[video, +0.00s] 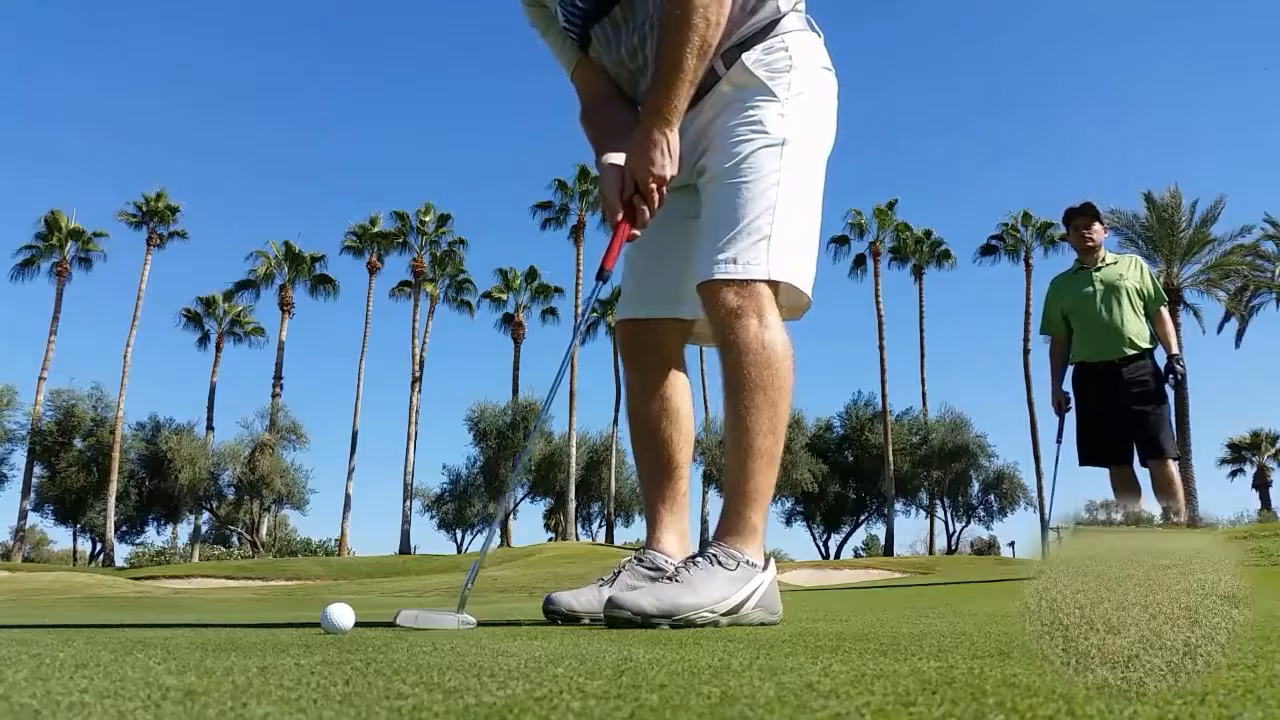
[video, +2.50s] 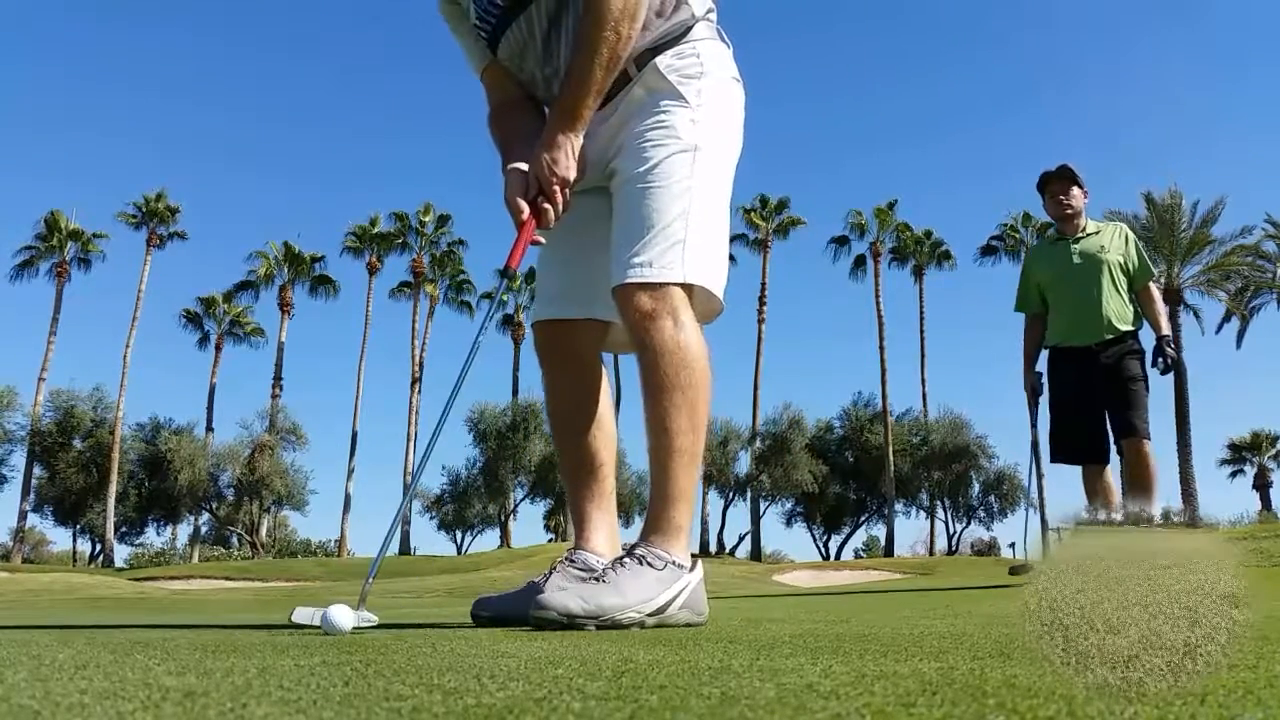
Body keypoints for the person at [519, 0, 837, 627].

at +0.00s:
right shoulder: (543, 6)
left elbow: (706, 4)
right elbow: (598, 92)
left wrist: (658, 121)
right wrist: (612, 158)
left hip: (758, 57)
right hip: (663, 107)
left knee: (738, 289)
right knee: (644, 326)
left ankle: (742, 561)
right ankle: (666, 559)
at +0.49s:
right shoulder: (548, 6)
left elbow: (710, 6)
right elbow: (600, 92)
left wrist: (657, 128)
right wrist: (615, 161)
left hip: (759, 55)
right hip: (662, 106)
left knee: (738, 287)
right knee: (643, 325)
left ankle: (742, 560)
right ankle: (666, 559)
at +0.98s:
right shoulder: (531, 8)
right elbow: (592, 82)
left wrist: (695, 42)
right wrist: (631, 107)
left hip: (755, 53)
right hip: (666, 103)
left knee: (739, 289)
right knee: (632, 327)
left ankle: (742, 562)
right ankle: (668, 558)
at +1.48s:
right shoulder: (509, 5)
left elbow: (704, 1)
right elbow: (547, 71)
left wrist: (639, 76)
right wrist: (572, 112)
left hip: (713, 70)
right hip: (609, 107)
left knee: (667, 288)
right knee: (611, 332)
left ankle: (671, 555)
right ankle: (663, 556)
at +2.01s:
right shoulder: (491, 5)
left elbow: (647, 10)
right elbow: (530, 78)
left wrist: (585, 132)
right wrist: (545, 158)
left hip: (690, 58)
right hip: (588, 97)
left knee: (656, 292)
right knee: (570, 318)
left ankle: (672, 560)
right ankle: (593, 559)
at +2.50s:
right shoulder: (458, 7)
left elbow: (621, 6)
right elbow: (506, 93)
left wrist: (565, 125)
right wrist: (519, 159)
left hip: (667, 66)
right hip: (569, 114)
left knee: (652, 292)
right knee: (561, 324)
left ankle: (669, 562)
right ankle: (594, 559)